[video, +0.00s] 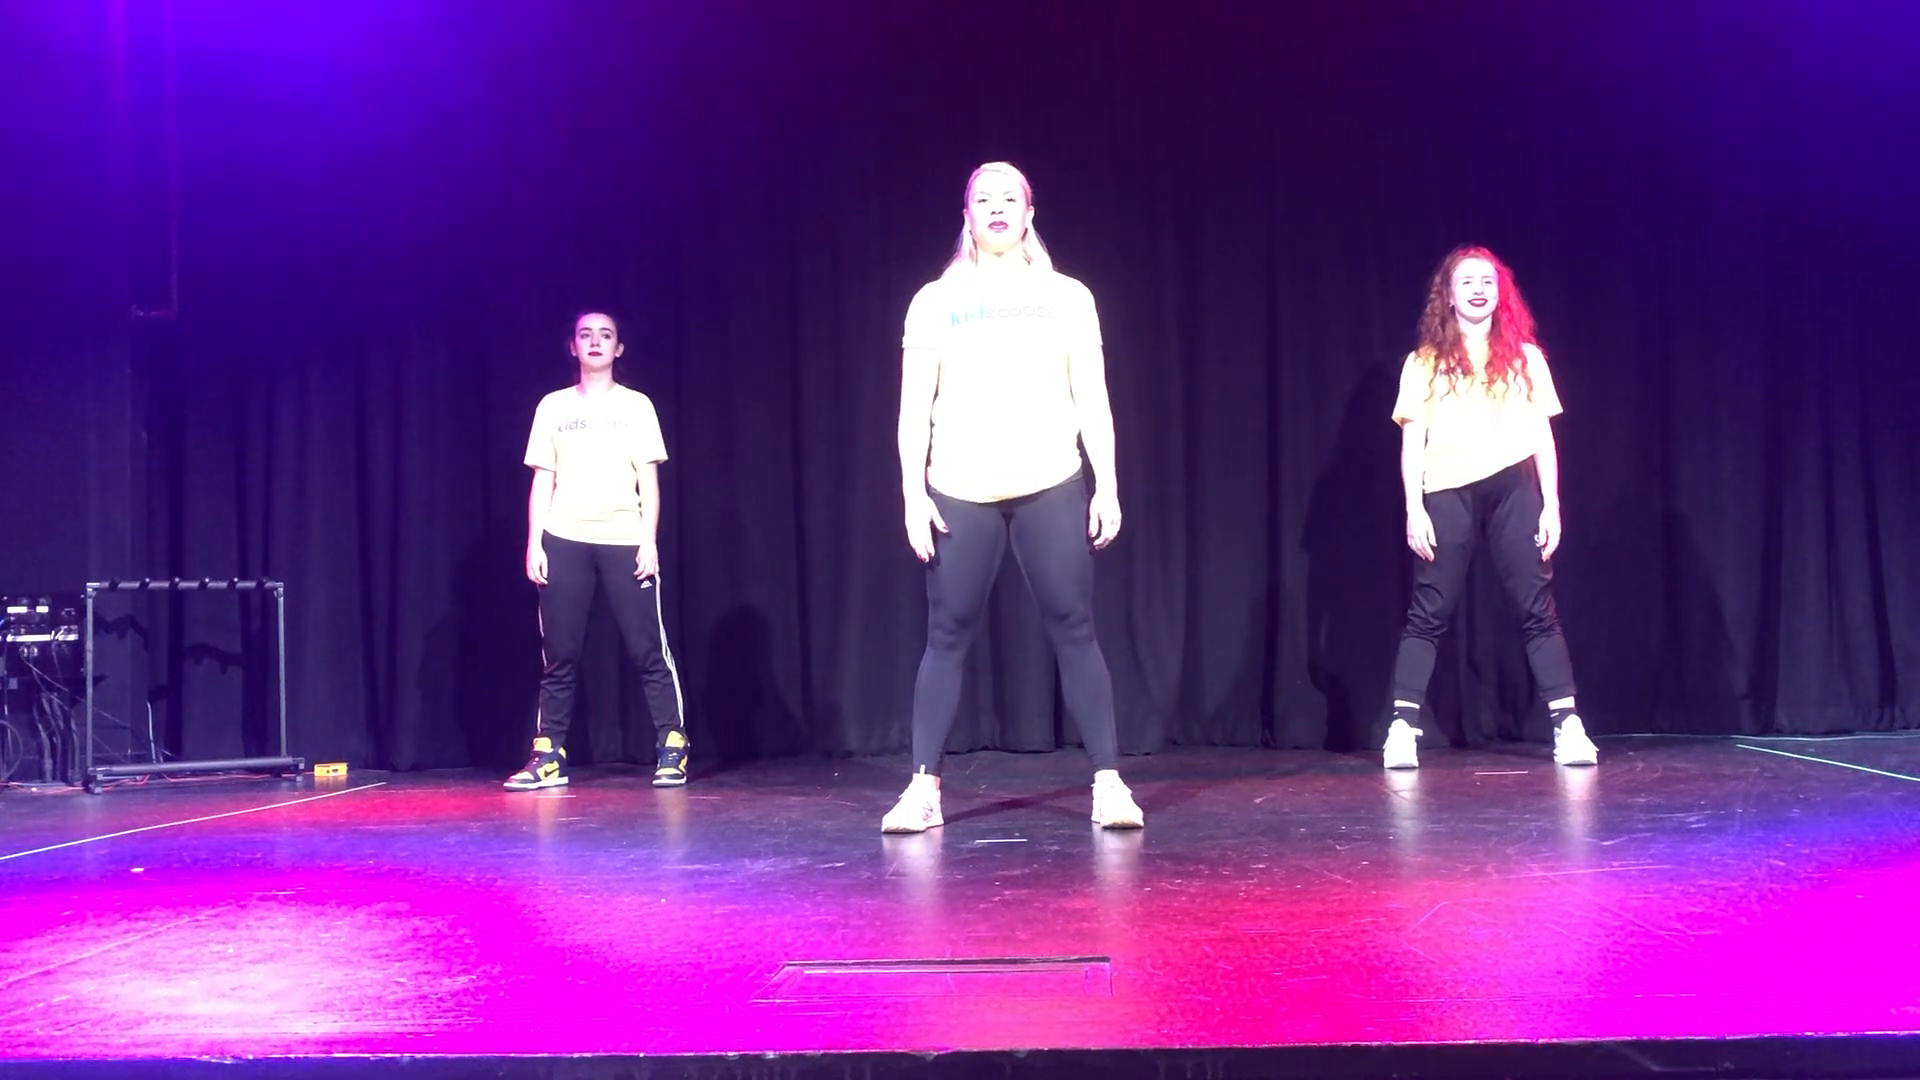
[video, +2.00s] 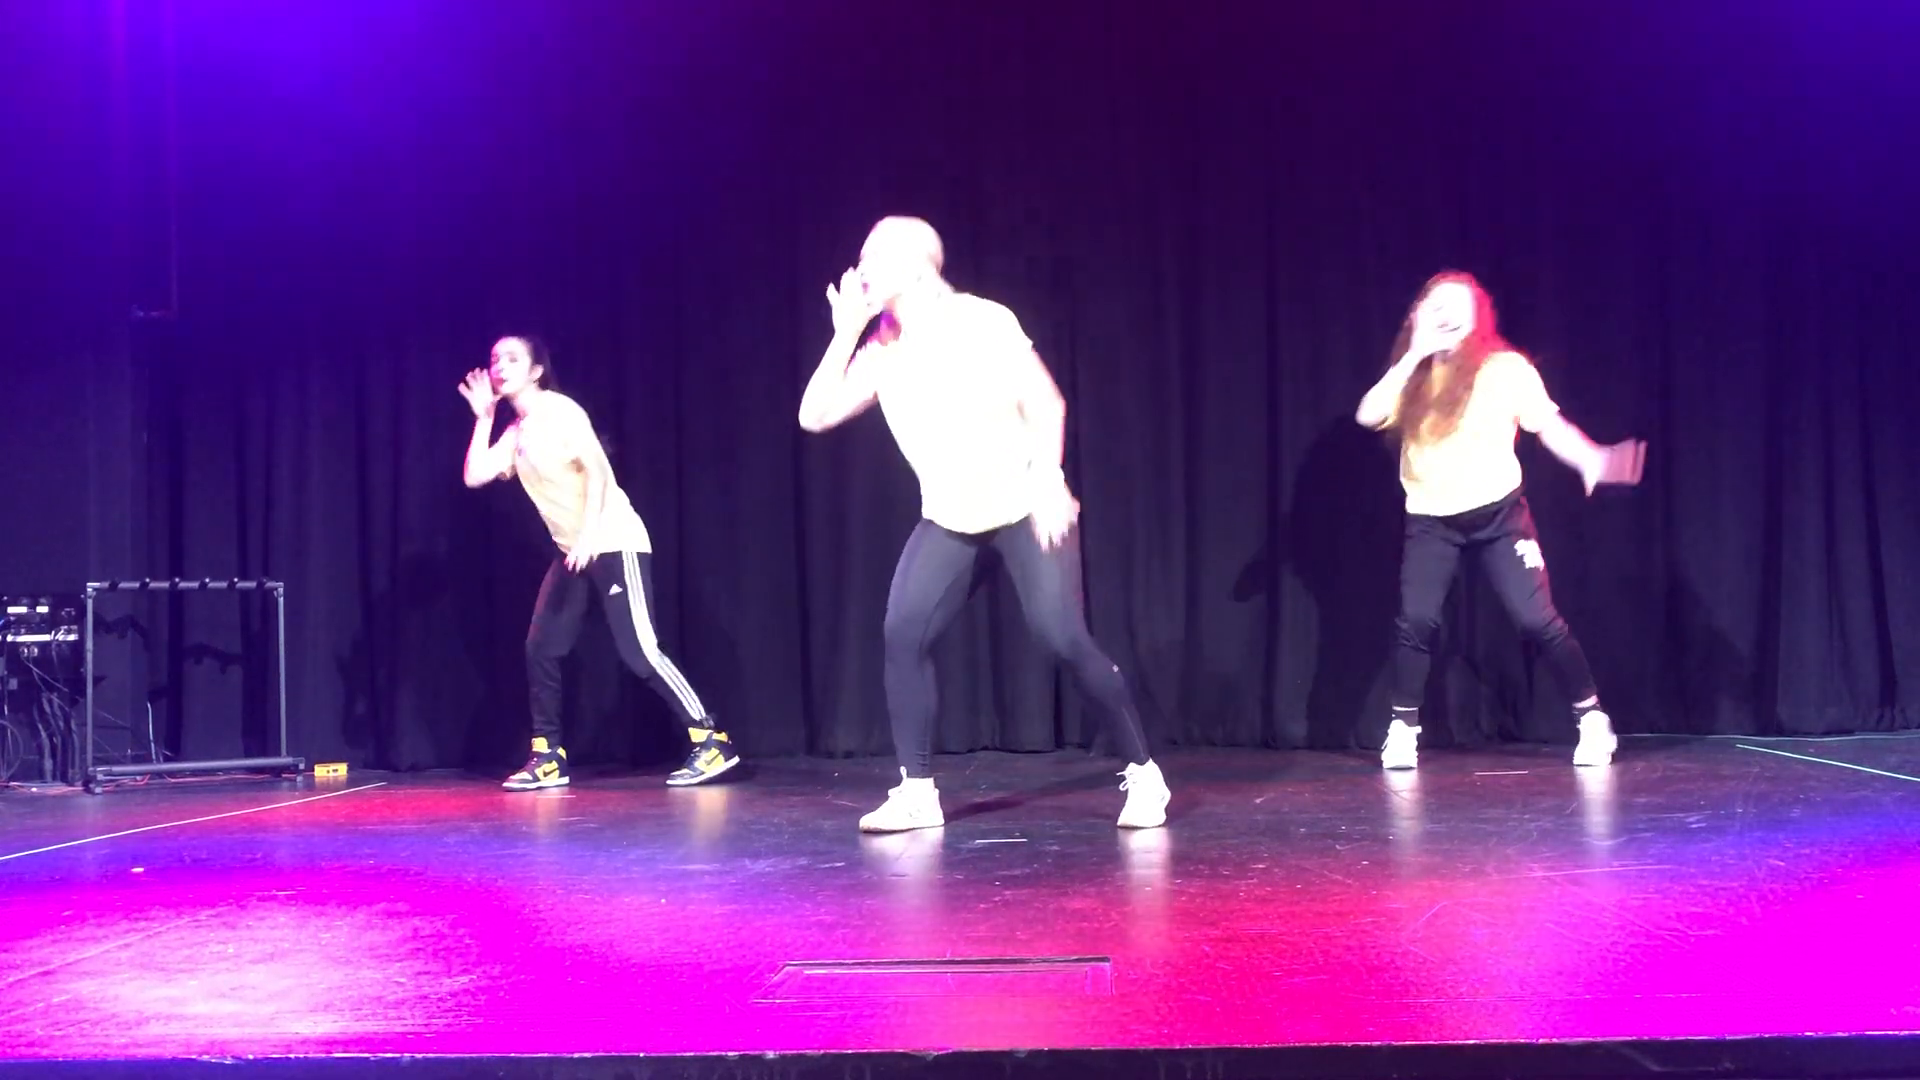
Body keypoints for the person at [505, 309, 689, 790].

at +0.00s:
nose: (595, 342)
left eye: (604, 335)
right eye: (586, 335)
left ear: (618, 348)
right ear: (573, 346)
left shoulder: (637, 405)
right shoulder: (552, 406)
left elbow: (648, 481)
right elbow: (542, 480)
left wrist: (648, 542)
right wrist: (534, 544)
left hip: (625, 543)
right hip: (564, 542)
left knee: (648, 652)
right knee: (558, 655)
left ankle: (672, 747)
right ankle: (549, 756)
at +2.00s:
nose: (499, 368)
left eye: (510, 359)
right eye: (496, 361)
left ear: (536, 369)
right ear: (493, 373)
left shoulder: (560, 411)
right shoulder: (516, 432)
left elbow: (600, 472)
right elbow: (474, 475)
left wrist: (588, 537)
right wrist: (483, 415)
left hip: (615, 541)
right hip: (573, 551)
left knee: (640, 650)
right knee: (542, 647)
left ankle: (711, 743)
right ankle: (548, 757)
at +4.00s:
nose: (554, 473)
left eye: (563, 462)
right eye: (546, 464)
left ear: (584, 463)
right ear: (536, 469)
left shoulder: (617, 491)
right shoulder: (545, 504)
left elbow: (643, 554)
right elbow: (539, 576)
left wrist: (594, 516)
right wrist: (539, 520)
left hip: (658, 566)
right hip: (599, 572)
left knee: (671, 648)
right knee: (561, 656)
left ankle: (683, 753)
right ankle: (518, 757)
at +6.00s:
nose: (545, 368)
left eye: (556, 357)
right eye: (543, 359)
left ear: (587, 364)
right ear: (543, 369)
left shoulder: (615, 410)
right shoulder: (549, 428)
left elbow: (613, 448)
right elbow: (517, 482)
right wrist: (455, 458)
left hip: (640, 552)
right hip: (588, 554)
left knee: (652, 657)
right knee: (547, 649)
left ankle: (723, 738)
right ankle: (531, 758)